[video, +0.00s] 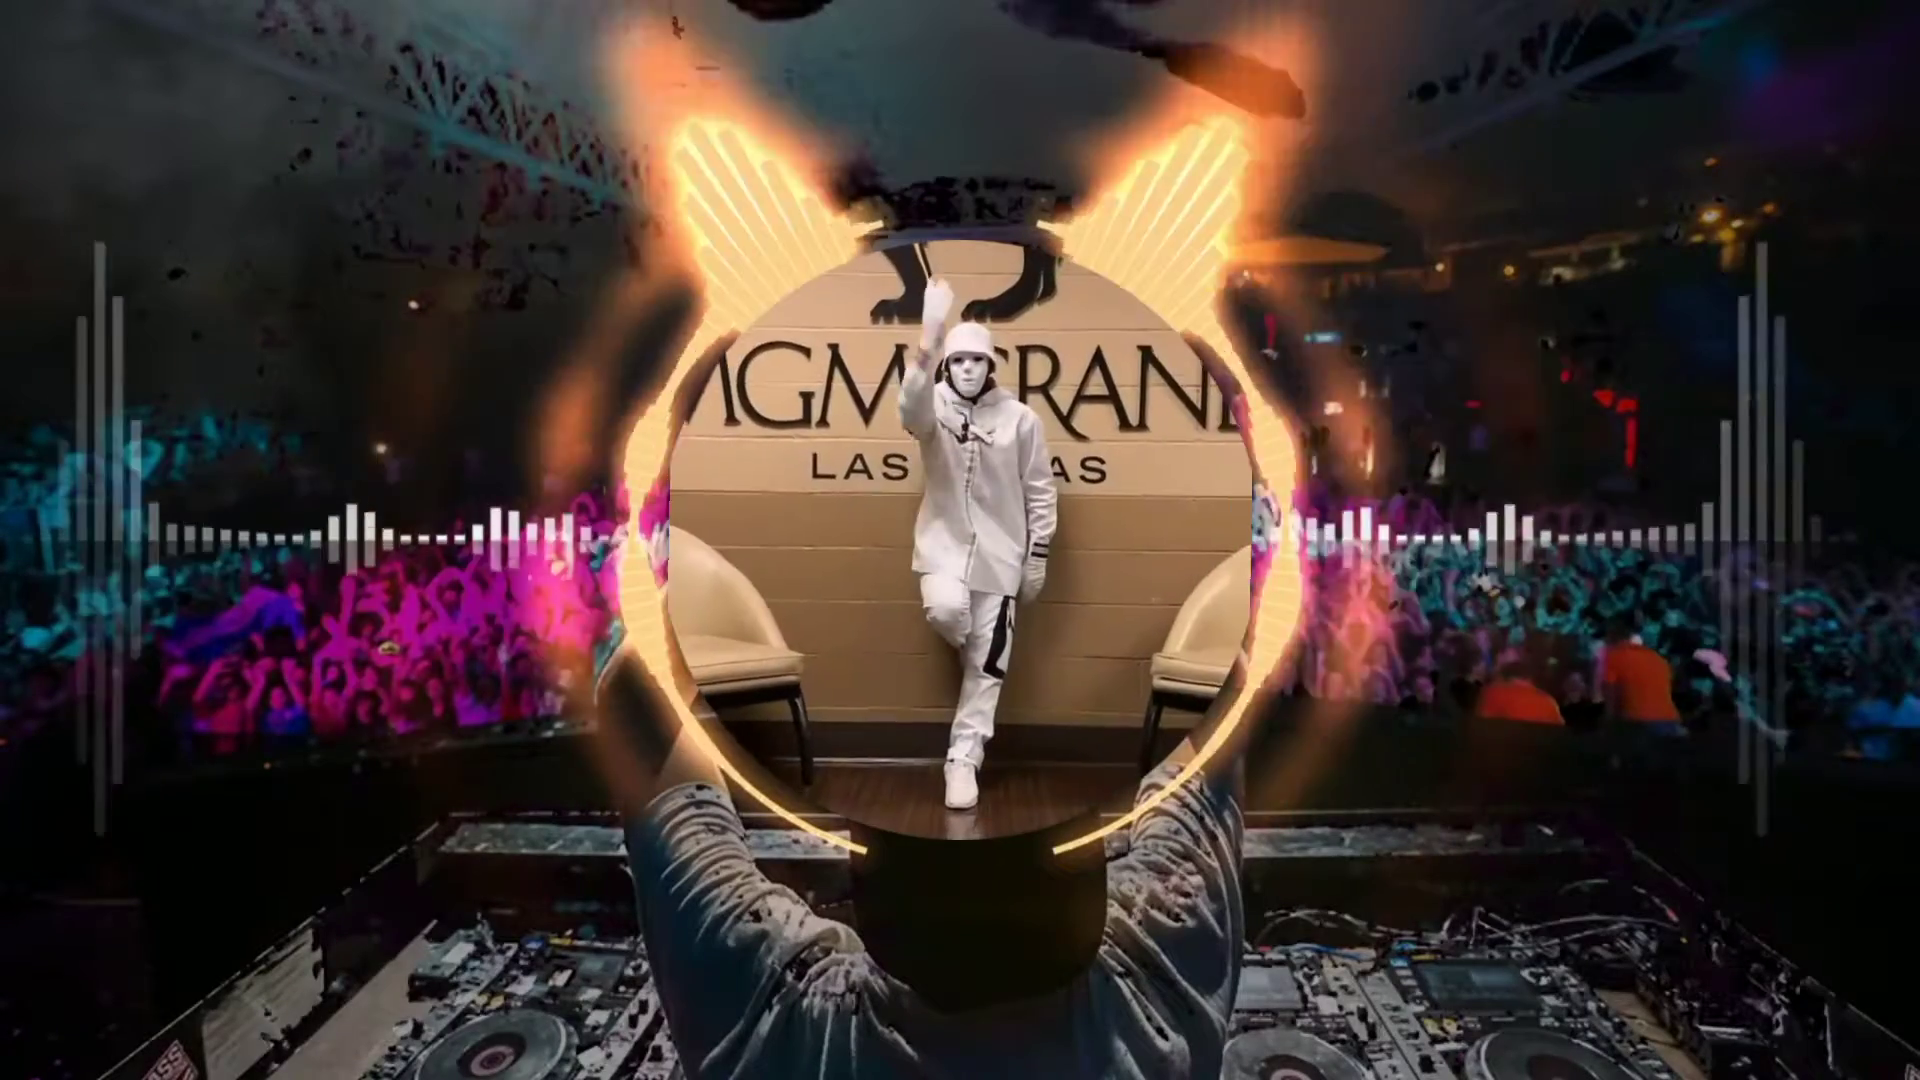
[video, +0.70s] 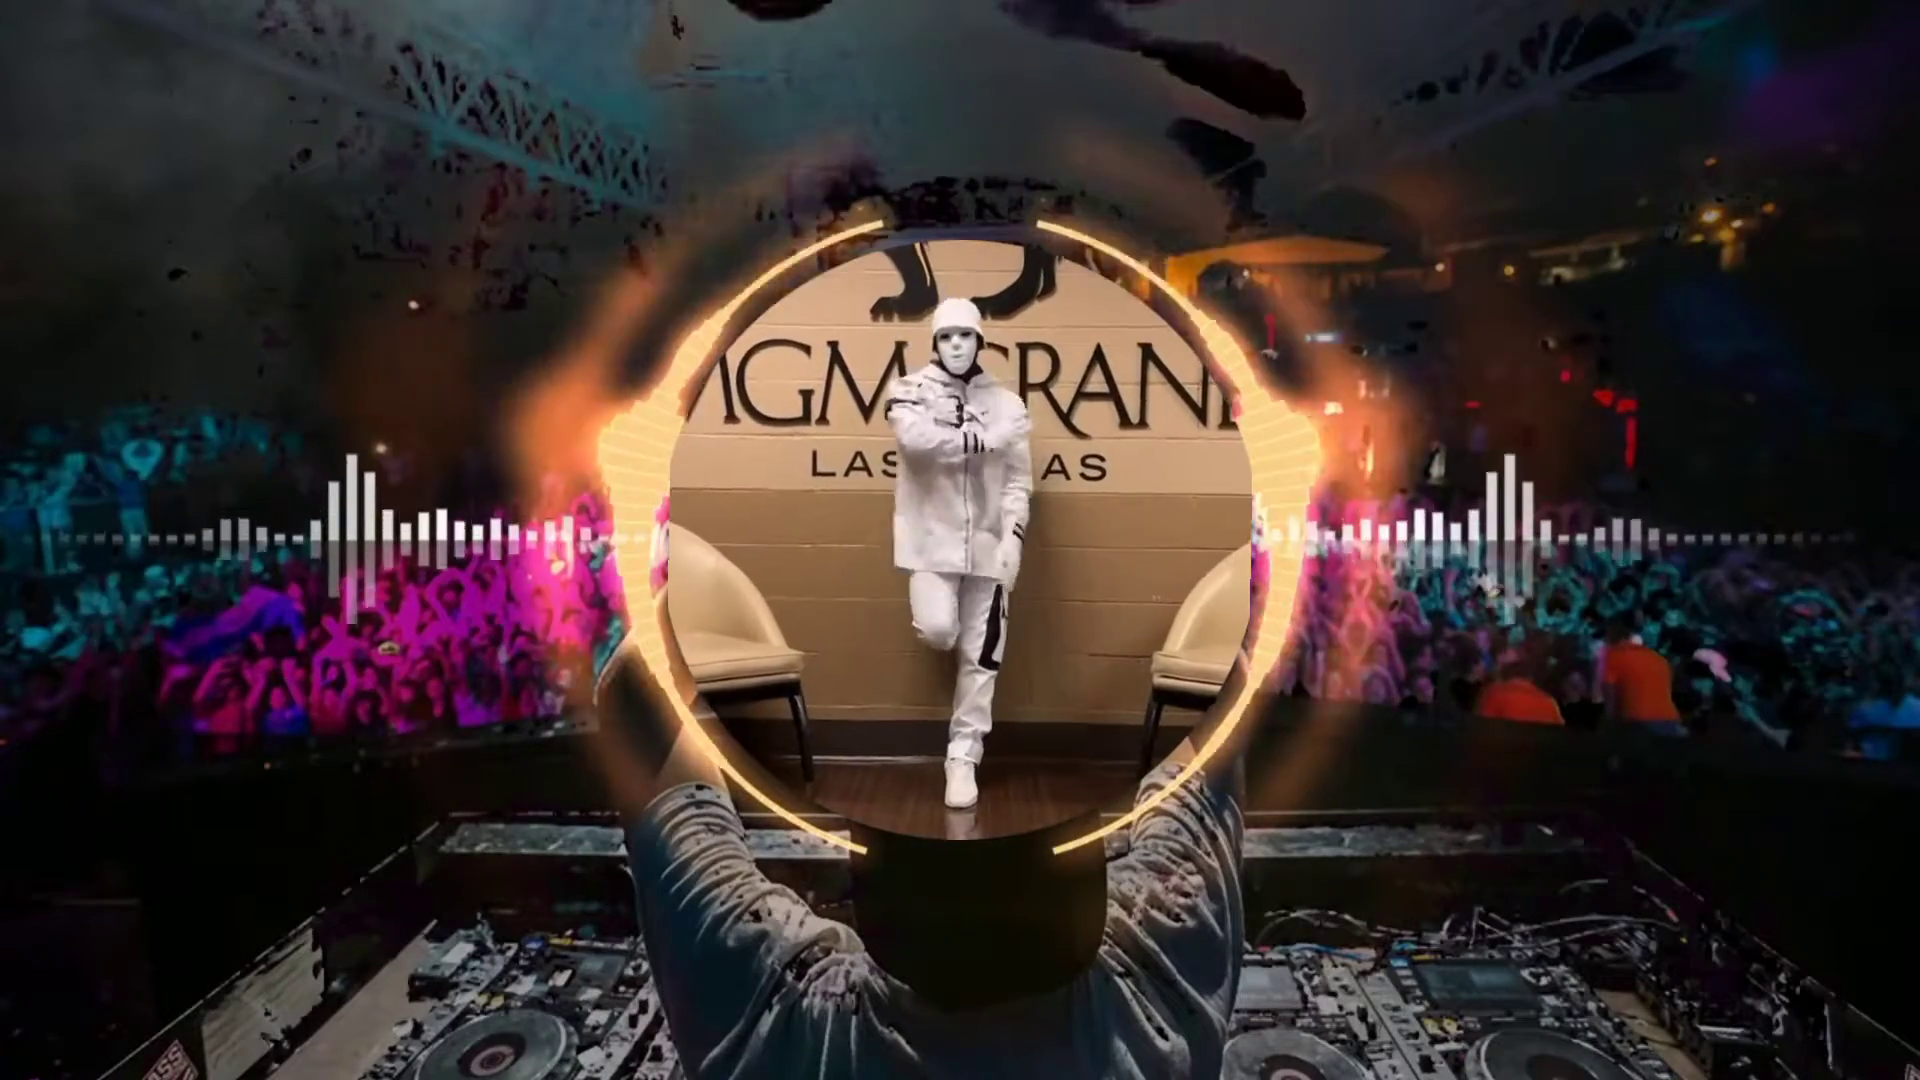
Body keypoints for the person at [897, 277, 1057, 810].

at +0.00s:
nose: (969, 370)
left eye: (978, 361)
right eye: (960, 361)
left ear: (991, 366)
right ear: (945, 366)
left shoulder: (1019, 418)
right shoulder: (932, 416)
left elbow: (1040, 492)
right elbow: (914, 410)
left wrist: (1037, 557)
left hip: (999, 544)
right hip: (943, 536)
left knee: (987, 658)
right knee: (945, 610)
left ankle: (963, 760)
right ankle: (975, 644)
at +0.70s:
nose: (957, 346)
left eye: (966, 337)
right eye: (948, 337)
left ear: (980, 341)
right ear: (935, 342)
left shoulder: (1007, 404)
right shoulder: (910, 390)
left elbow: (1019, 479)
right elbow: (914, 440)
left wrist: (1011, 535)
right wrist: (983, 439)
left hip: (989, 543)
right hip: (931, 539)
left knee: (980, 657)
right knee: (937, 632)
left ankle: (963, 759)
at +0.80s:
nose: (957, 345)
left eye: (966, 336)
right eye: (948, 336)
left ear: (982, 342)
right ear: (935, 341)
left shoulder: (1007, 400)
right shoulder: (911, 384)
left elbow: (1020, 475)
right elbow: (884, 421)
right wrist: (948, 433)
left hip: (985, 548)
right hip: (926, 545)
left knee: (974, 664)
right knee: (931, 643)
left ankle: (954, 765)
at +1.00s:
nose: (945, 337)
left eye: (955, 328)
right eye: (936, 327)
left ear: (972, 332)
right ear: (923, 332)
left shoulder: (1002, 393)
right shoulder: (907, 377)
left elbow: (1009, 464)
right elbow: (874, 386)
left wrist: (972, 490)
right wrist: (937, 363)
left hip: (974, 546)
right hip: (915, 537)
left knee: (967, 665)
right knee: (922, 636)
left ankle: (951, 770)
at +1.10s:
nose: (944, 365)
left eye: (955, 356)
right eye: (935, 355)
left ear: (971, 362)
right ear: (921, 358)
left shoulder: (1002, 424)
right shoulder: (905, 406)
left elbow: (1013, 499)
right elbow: (865, 379)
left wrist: (1005, 564)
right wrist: (895, 315)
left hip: (976, 557)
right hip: (915, 553)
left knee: (972, 666)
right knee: (915, 657)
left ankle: (951, 776)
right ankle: (960, 653)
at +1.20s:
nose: (943, 378)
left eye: (954, 369)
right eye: (934, 368)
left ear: (970, 376)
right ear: (920, 373)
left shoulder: (1002, 439)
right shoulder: (898, 413)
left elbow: (1039, 516)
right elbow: (844, 390)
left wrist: (1072, 585)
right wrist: (842, 322)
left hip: (972, 576)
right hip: (908, 573)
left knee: (974, 672)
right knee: (915, 673)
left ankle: (950, 782)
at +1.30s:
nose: (944, 382)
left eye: (954, 373)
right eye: (934, 372)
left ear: (972, 379)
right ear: (920, 375)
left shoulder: (1005, 436)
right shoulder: (888, 418)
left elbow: (1077, 474)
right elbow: (819, 417)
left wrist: (1152, 510)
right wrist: (771, 378)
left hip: (970, 576)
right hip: (902, 579)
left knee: (974, 670)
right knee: (913, 680)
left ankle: (949, 788)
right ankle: (941, 639)